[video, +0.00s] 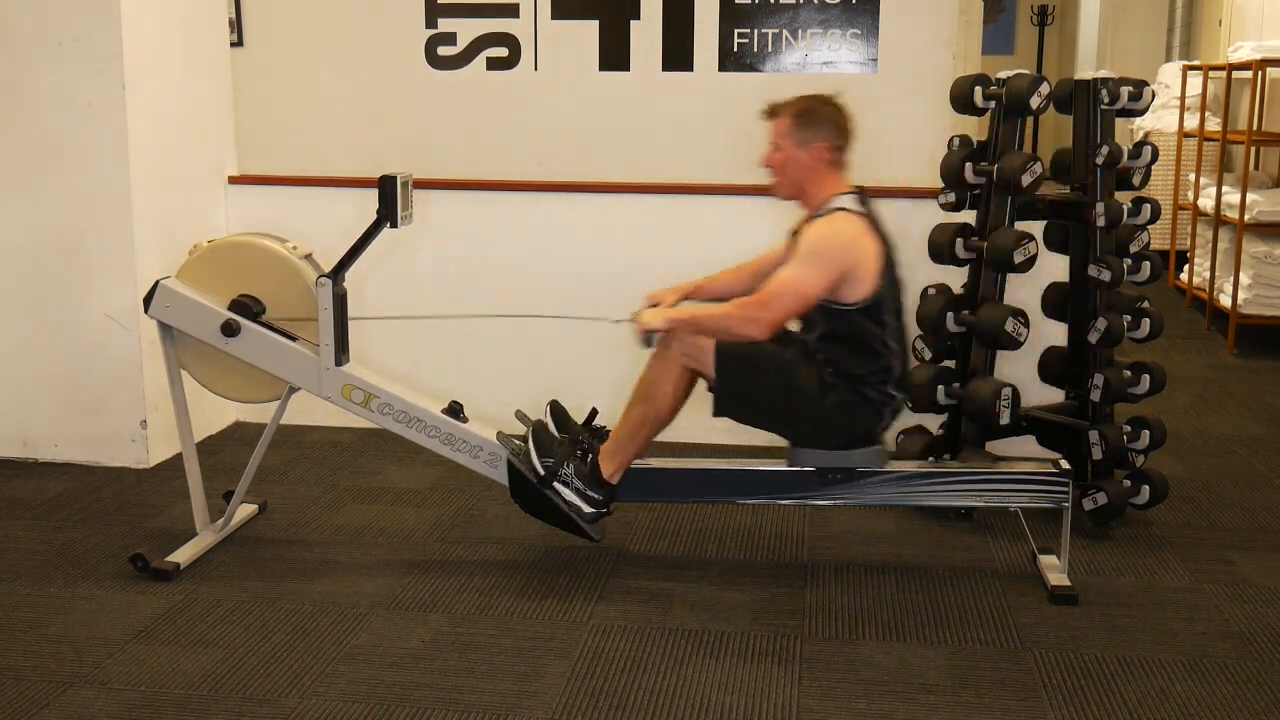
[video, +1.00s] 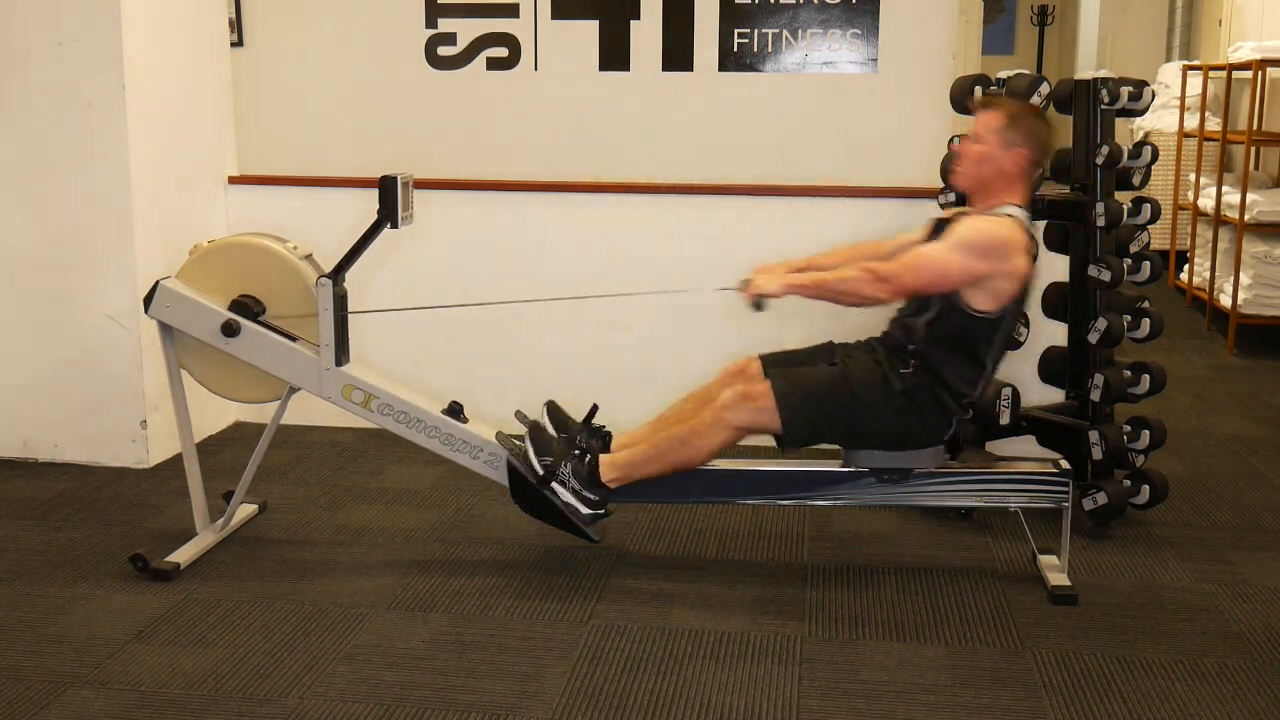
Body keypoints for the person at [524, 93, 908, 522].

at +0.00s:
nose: (767, 159)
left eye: (778, 147)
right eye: (771, 146)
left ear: (818, 152)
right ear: (813, 155)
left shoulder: (836, 230)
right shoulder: (827, 221)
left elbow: (759, 322)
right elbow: (757, 275)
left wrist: (674, 317)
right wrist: (681, 294)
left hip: (847, 407)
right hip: (837, 391)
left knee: (681, 340)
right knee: (682, 330)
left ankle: (601, 476)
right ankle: (609, 457)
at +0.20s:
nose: (623, 180)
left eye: (632, 165)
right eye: (627, 166)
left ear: (669, 172)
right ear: (671, 172)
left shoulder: (695, 243)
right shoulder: (708, 225)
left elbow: (623, 338)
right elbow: (631, 318)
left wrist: (549, 376)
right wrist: (561, 360)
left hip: (755, 416)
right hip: (762, 405)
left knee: (616, 308)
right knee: (623, 298)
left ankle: (595, 473)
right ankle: (605, 454)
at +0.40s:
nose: (567, 179)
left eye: (578, 167)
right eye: (572, 166)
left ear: (613, 180)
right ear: (617, 180)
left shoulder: (627, 241)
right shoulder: (654, 221)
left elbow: (533, 326)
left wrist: (465, 371)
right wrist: (481, 365)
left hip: (702, 415)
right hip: (716, 404)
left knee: (574, 309)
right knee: (587, 297)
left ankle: (593, 453)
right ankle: (605, 436)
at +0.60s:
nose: (631, 156)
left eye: (644, 148)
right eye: (638, 146)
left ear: (678, 165)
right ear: (679, 167)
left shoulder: (680, 228)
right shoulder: (687, 217)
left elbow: (565, 269)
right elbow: (585, 244)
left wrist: (472, 282)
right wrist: (498, 264)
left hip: (741, 407)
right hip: (742, 396)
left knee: (604, 305)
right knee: (615, 291)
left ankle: (592, 464)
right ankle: (600, 439)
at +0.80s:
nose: (781, 140)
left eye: (796, 133)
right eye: (789, 130)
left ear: (833, 151)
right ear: (831, 152)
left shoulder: (827, 224)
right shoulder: (816, 214)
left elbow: (716, 279)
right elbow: (715, 256)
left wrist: (626, 301)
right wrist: (634, 281)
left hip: (844, 397)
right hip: (827, 370)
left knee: (682, 338)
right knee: (682, 322)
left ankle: (595, 471)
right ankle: (599, 449)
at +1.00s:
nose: (956, 148)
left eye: (972, 140)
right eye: (963, 137)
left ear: (1014, 162)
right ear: (1001, 158)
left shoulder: (995, 236)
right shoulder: (964, 220)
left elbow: (887, 285)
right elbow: (876, 260)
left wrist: (792, 281)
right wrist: (790, 271)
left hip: (916, 392)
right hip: (893, 367)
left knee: (743, 400)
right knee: (736, 380)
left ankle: (592, 486)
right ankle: (598, 458)